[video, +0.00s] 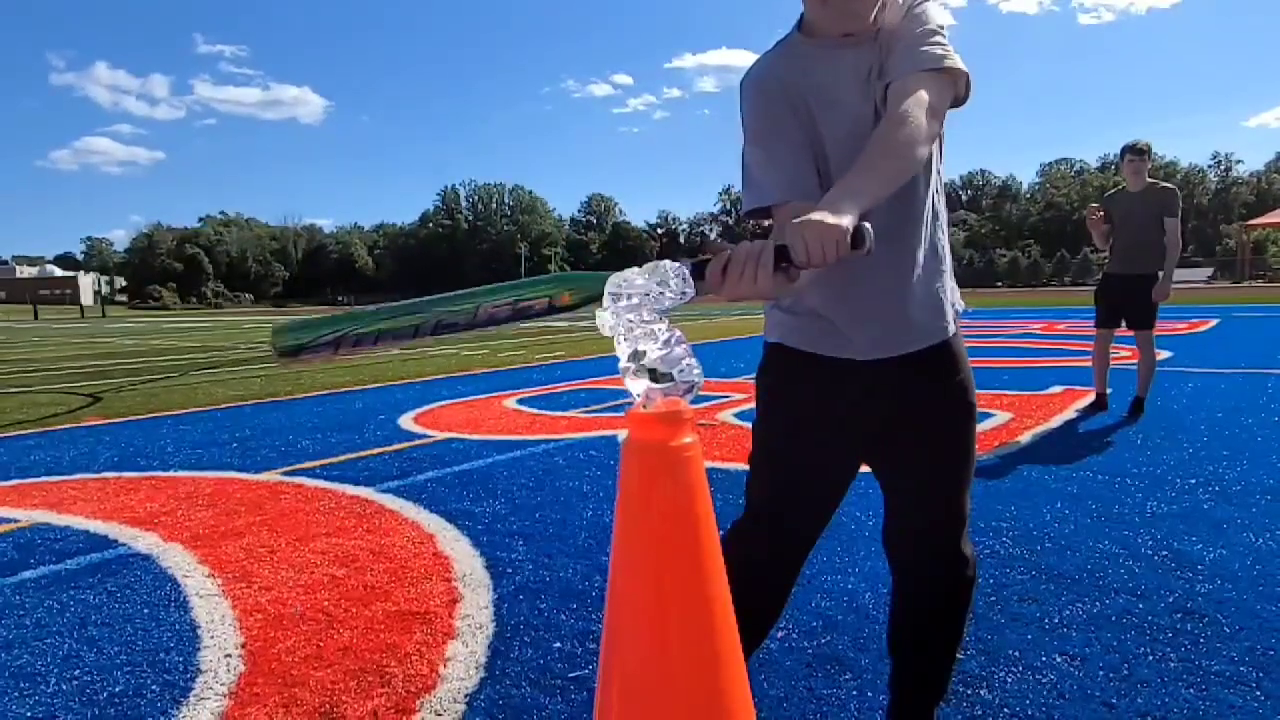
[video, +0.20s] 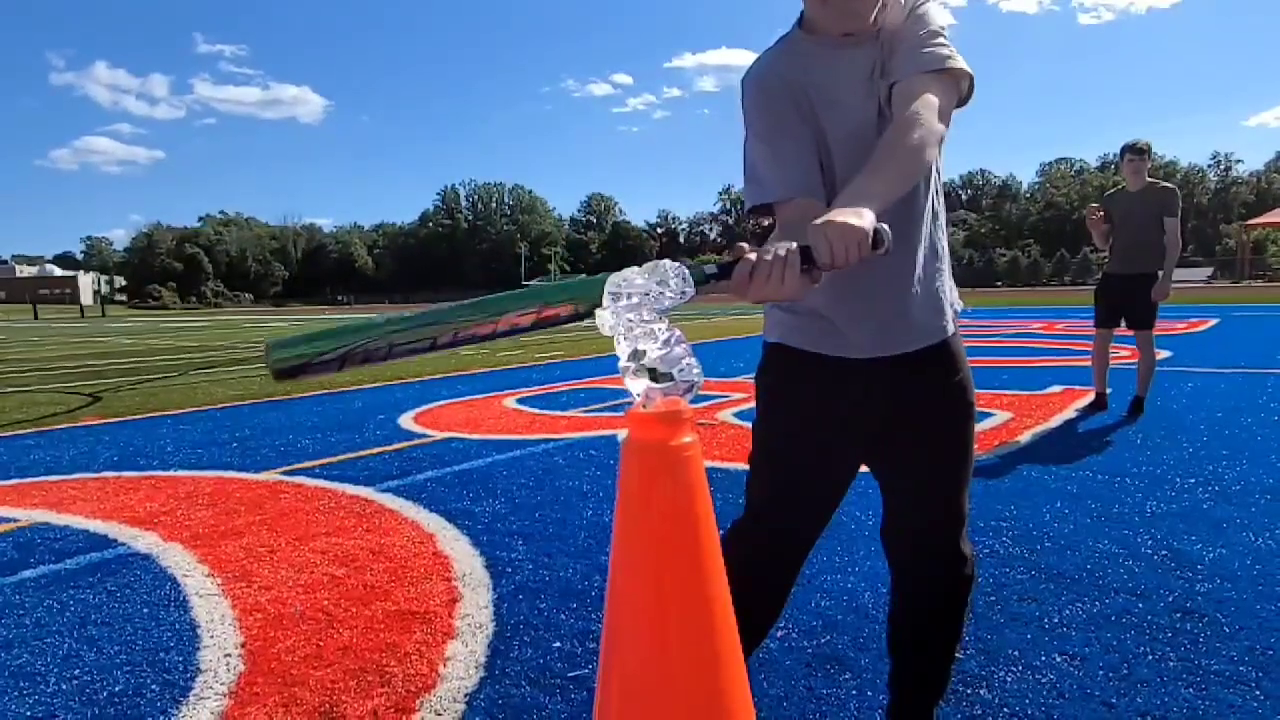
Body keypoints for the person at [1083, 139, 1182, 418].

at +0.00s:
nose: (1136, 165)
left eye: (1141, 160)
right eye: (1131, 160)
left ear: (1149, 163)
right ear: (1122, 165)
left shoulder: (1166, 194)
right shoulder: (1112, 199)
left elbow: (1173, 240)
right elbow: (1102, 244)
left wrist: (1166, 279)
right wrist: (1095, 227)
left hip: (1145, 278)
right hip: (1113, 277)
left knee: (1144, 342)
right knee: (1102, 338)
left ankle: (1139, 400)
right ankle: (1100, 396)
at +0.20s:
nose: (1136, 165)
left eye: (1141, 160)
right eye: (1131, 160)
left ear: (1149, 163)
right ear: (1121, 165)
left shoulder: (1166, 194)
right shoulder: (1112, 199)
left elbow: (1173, 240)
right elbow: (1102, 244)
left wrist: (1166, 278)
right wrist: (1095, 226)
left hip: (1145, 277)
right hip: (1113, 277)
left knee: (1144, 341)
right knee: (1102, 338)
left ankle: (1139, 399)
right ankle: (1100, 395)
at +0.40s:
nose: (1136, 164)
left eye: (1141, 159)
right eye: (1130, 160)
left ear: (1149, 163)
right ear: (1121, 164)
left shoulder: (1166, 194)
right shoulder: (1112, 199)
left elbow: (1173, 240)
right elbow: (1102, 243)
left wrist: (1165, 278)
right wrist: (1094, 225)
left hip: (1144, 277)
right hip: (1112, 276)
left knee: (1144, 341)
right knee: (1101, 338)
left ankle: (1139, 399)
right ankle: (1099, 395)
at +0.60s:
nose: (1136, 164)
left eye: (1141, 159)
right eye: (1130, 159)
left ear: (1149, 162)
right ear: (1121, 164)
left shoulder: (1166, 193)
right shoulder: (1112, 198)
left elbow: (1172, 239)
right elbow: (1102, 243)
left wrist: (1165, 278)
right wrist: (1094, 225)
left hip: (1144, 276)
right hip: (1112, 276)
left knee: (1143, 341)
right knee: (1101, 337)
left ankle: (1139, 399)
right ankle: (1099, 395)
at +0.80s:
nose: (1136, 164)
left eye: (1141, 159)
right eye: (1130, 159)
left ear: (1148, 162)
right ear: (1121, 164)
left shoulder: (1165, 193)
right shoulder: (1111, 198)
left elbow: (1172, 239)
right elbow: (1102, 243)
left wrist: (1164, 278)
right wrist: (1094, 225)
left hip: (1144, 276)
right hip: (1112, 276)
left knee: (1143, 341)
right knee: (1100, 338)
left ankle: (1138, 398)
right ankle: (1098, 395)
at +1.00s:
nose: (1134, 164)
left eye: (1139, 159)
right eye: (1129, 159)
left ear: (1148, 163)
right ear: (1120, 164)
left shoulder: (1165, 193)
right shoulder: (1111, 198)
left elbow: (1172, 239)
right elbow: (1102, 243)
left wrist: (1163, 278)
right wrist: (1094, 226)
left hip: (1143, 277)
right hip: (1111, 277)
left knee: (1142, 341)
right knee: (1099, 339)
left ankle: (1138, 398)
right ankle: (1098, 395)